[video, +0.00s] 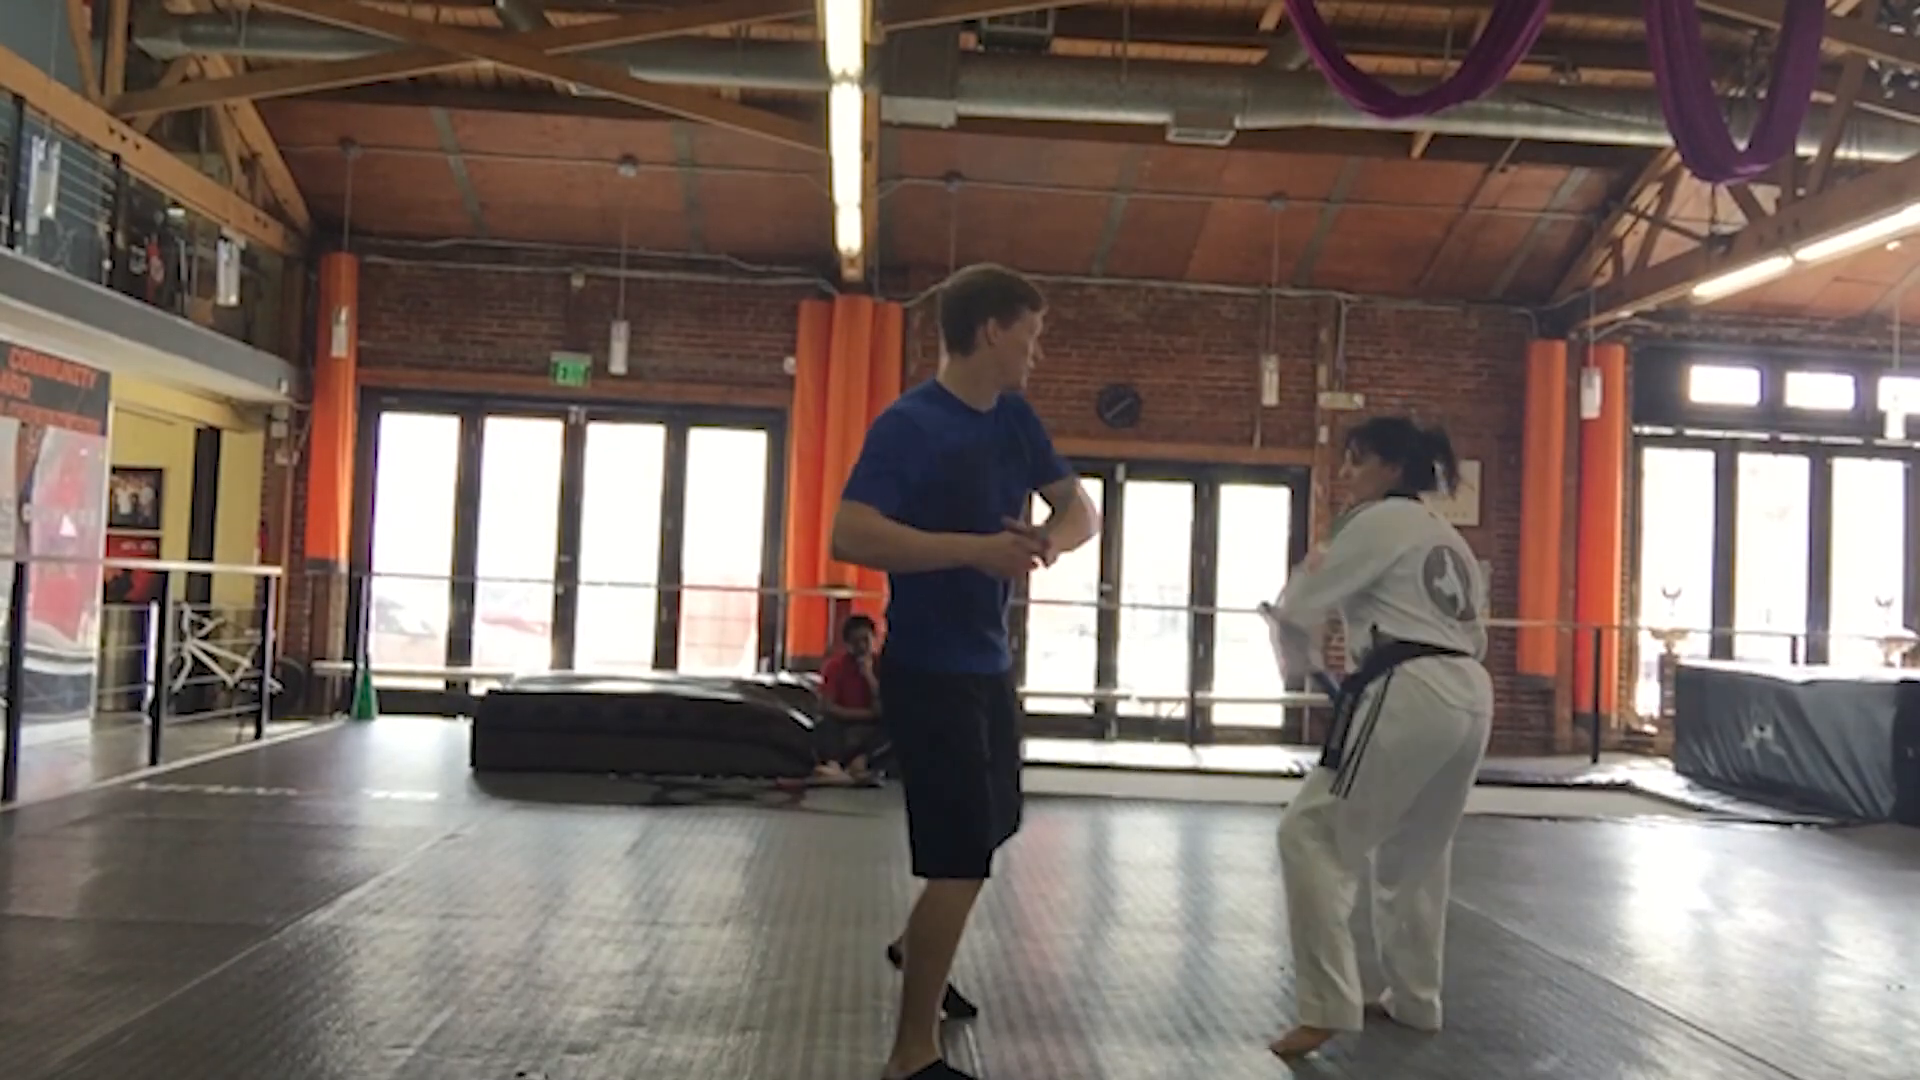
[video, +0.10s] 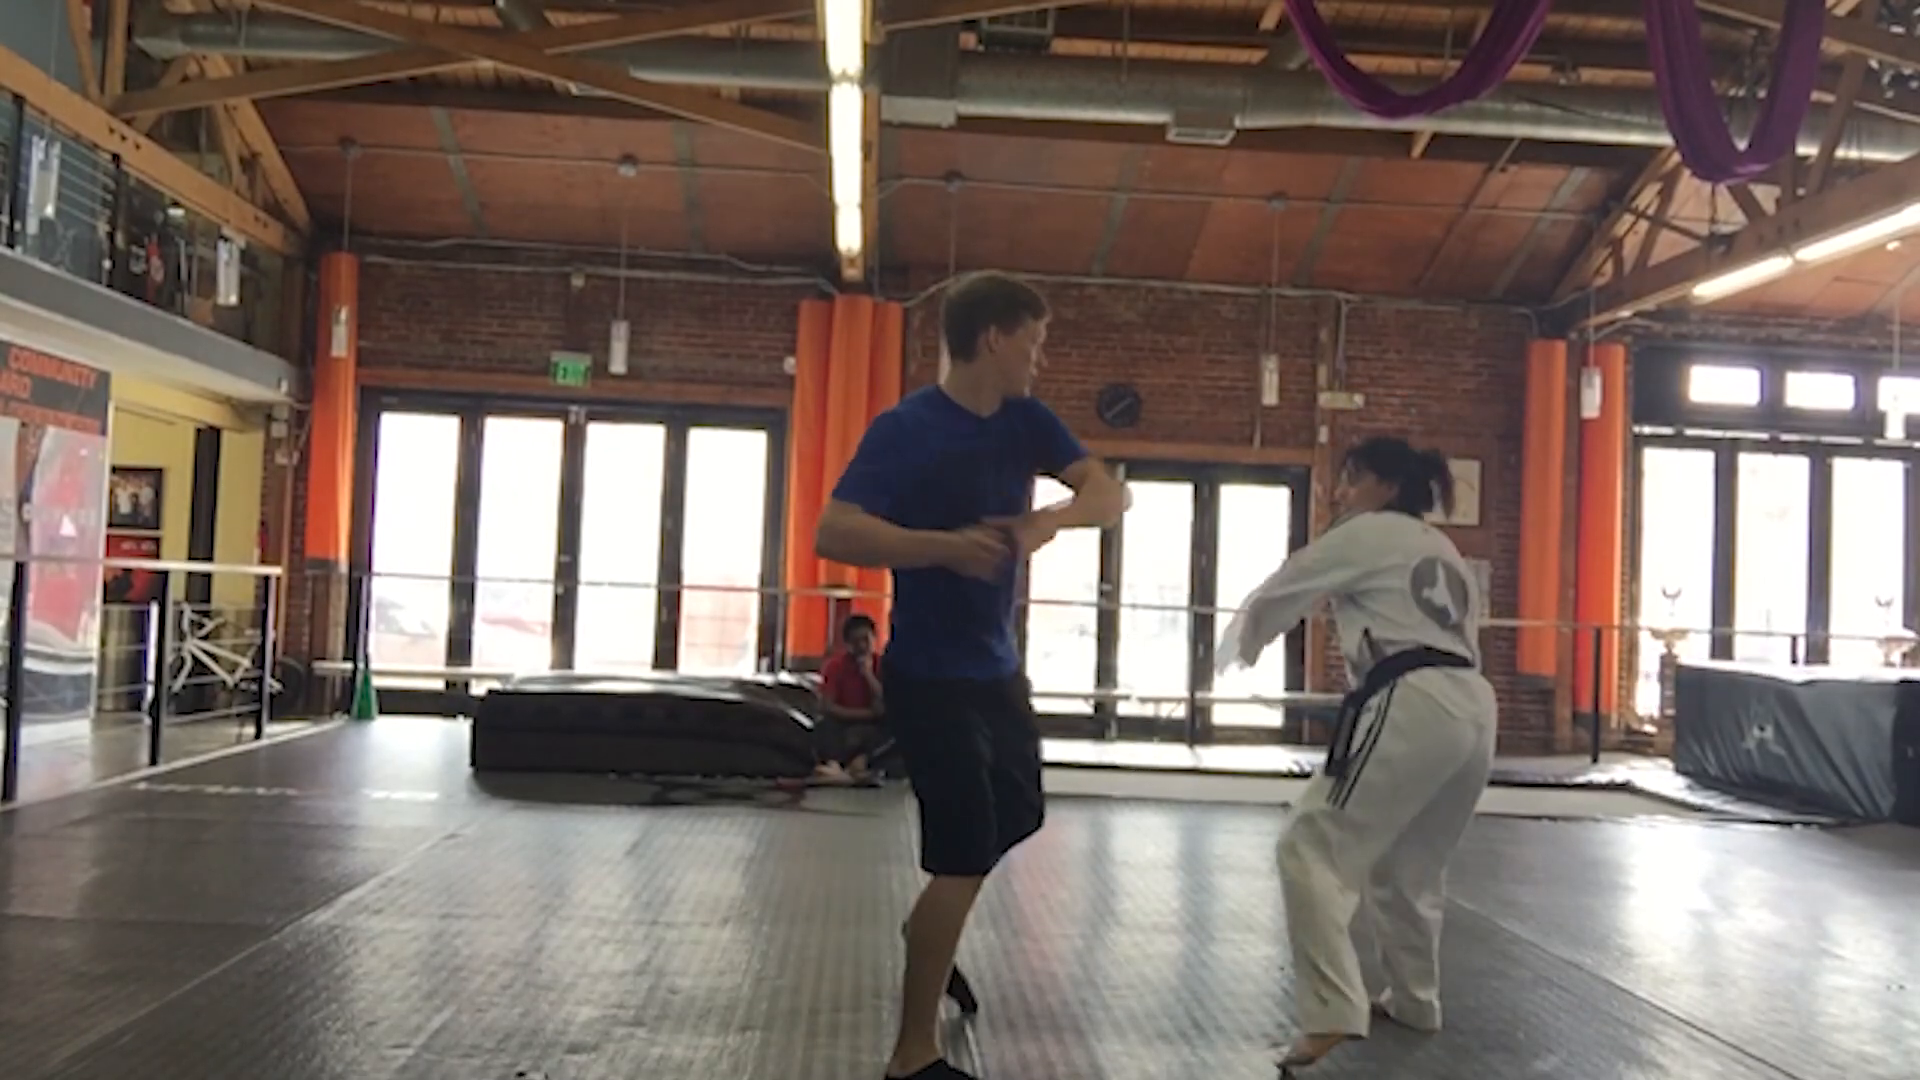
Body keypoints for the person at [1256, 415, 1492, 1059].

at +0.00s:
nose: (1345, 473)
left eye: (1357, 462)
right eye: (1347, 460)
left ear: (1394, 469)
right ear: (1411, 475)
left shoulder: (1382, 520)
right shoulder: (1449, 535)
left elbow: (1297, 607)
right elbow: (1454, 634)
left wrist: (1304, 668)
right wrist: (1365, 663)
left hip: (1413, 688)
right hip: (1470, 693)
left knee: (1313, 834)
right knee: (1416, 853)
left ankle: (1326, 1008)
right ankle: (1415, 1001)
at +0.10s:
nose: (1340, 492)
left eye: (1351, 481)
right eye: (1343, 480)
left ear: (1384, 486)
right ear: (1410, 493)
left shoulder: (1367, 532)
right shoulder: (1451, 551)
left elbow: (1271, 598)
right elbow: (1457, 635)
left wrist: (1236, 650)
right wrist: (1372, 670)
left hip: (1414, 702)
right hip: (1476, 707)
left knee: (1313, 846)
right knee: (1411, 867)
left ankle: (1332, 1011)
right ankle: (1415, 1001)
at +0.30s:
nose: (1324, 531)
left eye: (1335, 519)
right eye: (1327, 518)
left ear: (1369, 526)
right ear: (1394, 532)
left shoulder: (1338, 565)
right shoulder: (1428, 585)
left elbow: (1238, 572)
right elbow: (1490, 656)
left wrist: (1179, 611)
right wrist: (1436, 699)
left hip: (1397, 734)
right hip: (1459, 739)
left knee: (1347, 887)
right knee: (1391, 880)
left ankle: (1362, 1056)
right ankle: (1414, 1001)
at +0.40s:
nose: (1314, 527)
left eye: (1324, 514)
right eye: (1316, 515)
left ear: (1361, 520)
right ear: (1373, 524)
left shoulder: (1351, 565)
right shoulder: (1398, 574)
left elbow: (1307, 593)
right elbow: (1429, 653)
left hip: (1395, 743)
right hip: (1430, 741)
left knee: (1333, 907)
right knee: (1366, 884)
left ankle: (1378, 1068)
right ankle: (1410, 999)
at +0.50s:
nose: (1303, 508)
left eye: (1315, 496)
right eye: (1303, 496)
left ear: (1357, 503)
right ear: (1328, 506)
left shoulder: (1393, 563)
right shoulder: (1327, 595)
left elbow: (1472, 618)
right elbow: (1266, 664)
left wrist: (1385, 658)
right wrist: (1190, 666)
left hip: (1410, 757)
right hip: (1356, 763)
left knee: (1335, 902)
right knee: (1308, 869)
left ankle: (1365, 1070)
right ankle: (1390, 968)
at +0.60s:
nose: (1293, 503)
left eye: (1306, 491)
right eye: (1294, 490)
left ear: (1348, 503)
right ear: (1324, 505)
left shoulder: (1429, 579)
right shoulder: (1279, 598)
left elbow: (1505, 646)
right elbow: (1180, 634)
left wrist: (1444, 663)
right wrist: (1078, 632)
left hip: (1425, 759)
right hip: (1351, 765)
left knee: (1347, 901)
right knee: (1284, 870)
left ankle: (1365, 1070)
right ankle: (1339, 990)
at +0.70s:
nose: (1293, 522)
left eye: (1305, 508)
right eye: (1293, 508)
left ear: (1350, 517)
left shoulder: (1424, 594)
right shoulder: (1281, 604)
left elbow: (1497, 662)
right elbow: (1213, 657)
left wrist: (1469, 696)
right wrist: (1160, 647)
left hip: (1412, 775)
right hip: (1327, 776)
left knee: (1355, 905)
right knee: (1273, 906)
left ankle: (1370, 1071)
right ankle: (1309, 1002)